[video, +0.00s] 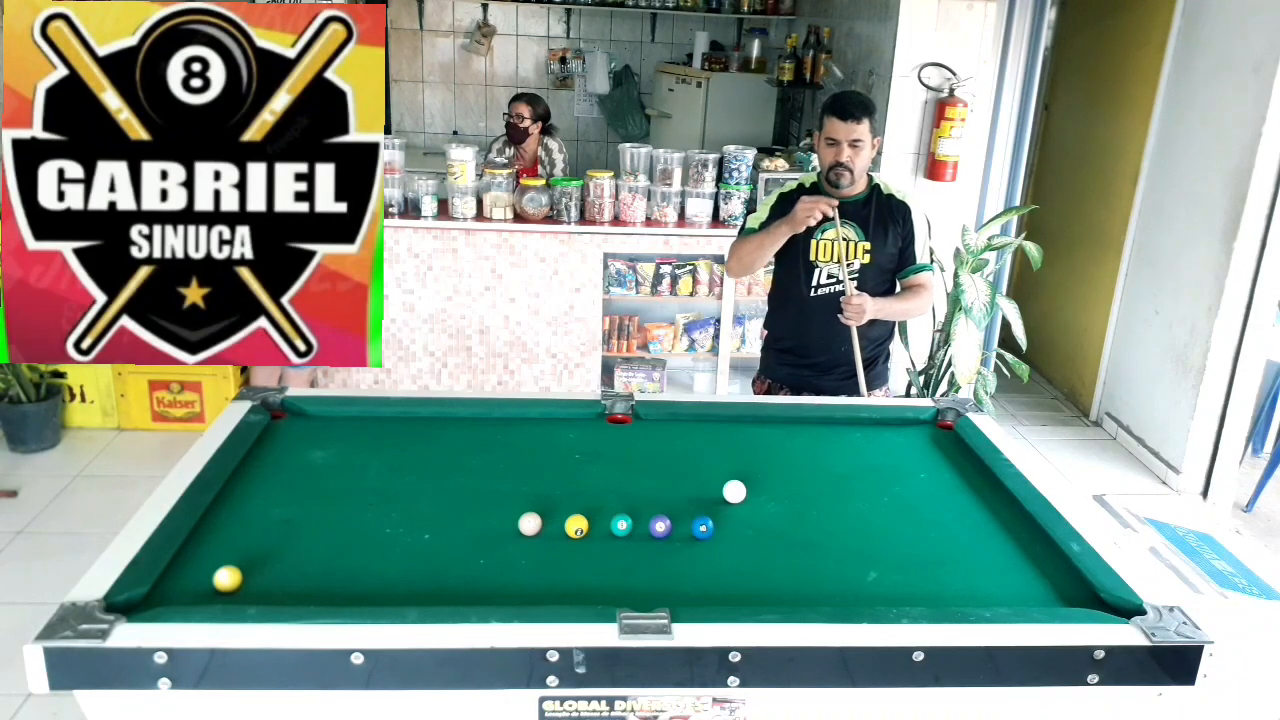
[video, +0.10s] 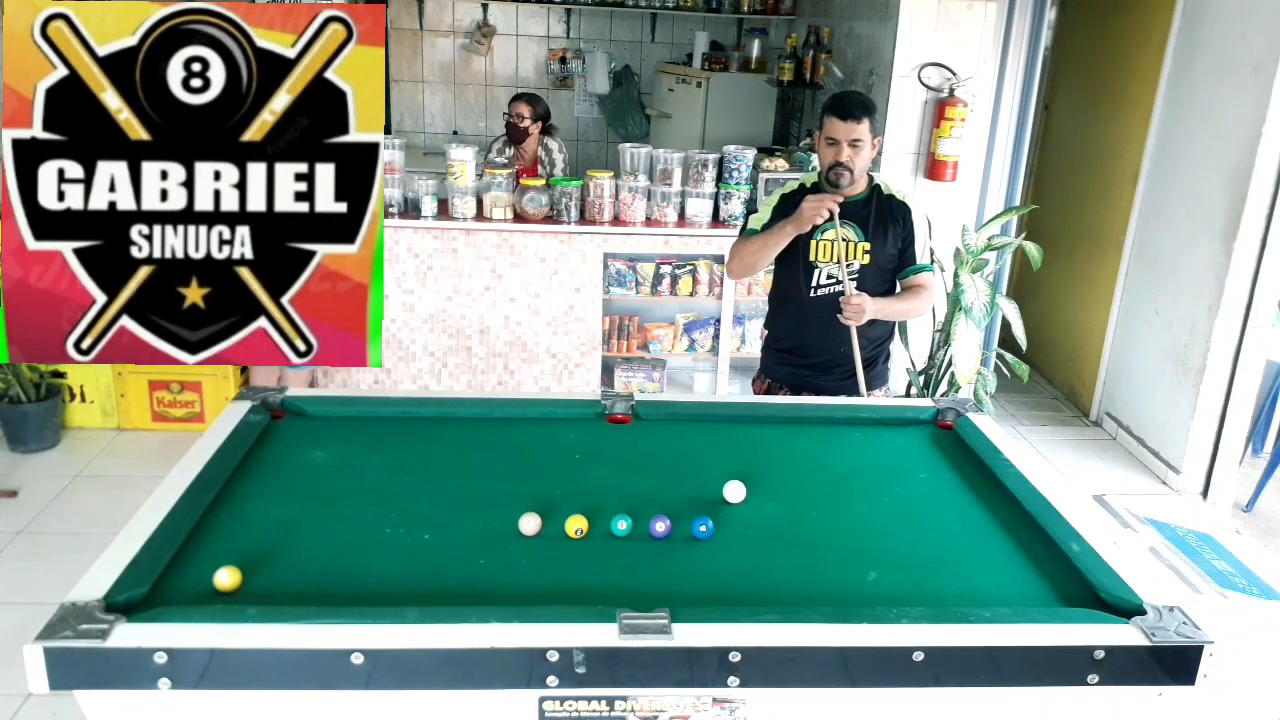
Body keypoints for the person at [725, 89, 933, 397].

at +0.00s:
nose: (842, 156)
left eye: (855, 145)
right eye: (832, 143)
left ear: (875, 148)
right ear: (817, 143)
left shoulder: (896, 214)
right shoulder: (788, 203)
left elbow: (921, 296)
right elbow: (736, 266)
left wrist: (874, 308)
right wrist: (787, 226)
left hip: (863, 391)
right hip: (785, 386)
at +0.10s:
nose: (842, 156)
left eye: (855, 145)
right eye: (832, 143)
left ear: (875, 148)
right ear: (817, 143)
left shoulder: (896, 215)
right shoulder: (787, 203)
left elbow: (922, 295)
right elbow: (736, 267)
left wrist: (874, 308)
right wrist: (792, 226)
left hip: (863, 392)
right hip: (785, 387)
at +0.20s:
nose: (842, 156)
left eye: (855, 145)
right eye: (832, 143)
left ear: (876, 148)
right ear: (817, 142)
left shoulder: (898, 214)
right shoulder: (787, 203)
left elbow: (922, 296)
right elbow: (735, 267)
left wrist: (874, 308)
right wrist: (785, 230)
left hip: (863, 391)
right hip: (785, 386)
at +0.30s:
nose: (842, 156)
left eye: (855, 145)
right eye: (832, 143)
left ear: (876, 147)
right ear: (818, 143)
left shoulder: (900, 214)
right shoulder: (788, 203)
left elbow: (924, 296)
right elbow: (737, 268)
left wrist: (873, 308)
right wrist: (790, 230)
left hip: (864, 391)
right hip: (786, 386)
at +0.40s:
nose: (842, 156)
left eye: (856, 145)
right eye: (833, 143)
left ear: (877, 148)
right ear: (819, 143)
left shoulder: (900, 215)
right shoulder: (790, 203)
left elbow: (925, 297)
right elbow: (737, 268)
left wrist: (874, 309)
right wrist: (788, 229)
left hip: (865, 390)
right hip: (788, 385)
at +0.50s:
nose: (840, 161)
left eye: (854, 149)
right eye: (831, 148)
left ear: (878, 148)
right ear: (820, 147)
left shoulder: (903, 215)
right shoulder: (793, 202)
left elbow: (930, 297)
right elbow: (737, 266)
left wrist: (875, 309)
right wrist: (790, 228)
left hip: (869, 391)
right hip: (791, 386)